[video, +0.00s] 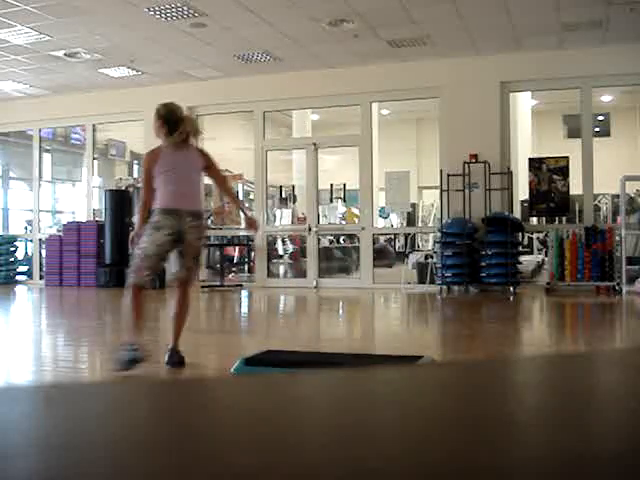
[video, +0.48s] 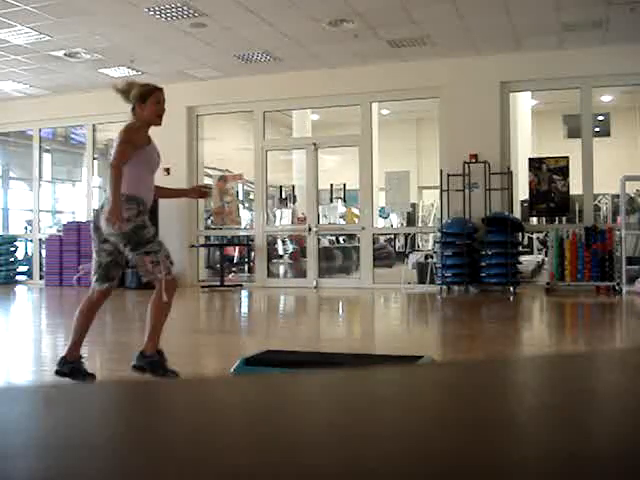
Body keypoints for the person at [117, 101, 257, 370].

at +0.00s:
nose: (153, 126)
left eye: (155, 122)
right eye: (155, 121)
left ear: (161, 125)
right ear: (180, 123)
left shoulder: (153, 156)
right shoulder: (198, 154)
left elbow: (147, 198)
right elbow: (223, 185)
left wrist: (139, 228)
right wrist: (245, 213)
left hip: (164, 218)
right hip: (194, 219)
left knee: (137, 278)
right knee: (184, 283)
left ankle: (135, 344)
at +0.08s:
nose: (169, 129)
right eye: (167, 125)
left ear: (146, 132)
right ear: (170, 130)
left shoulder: (136, 161)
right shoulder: (182, 162)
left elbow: (131, 197)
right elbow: (198, 193)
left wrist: (138, 217)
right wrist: (210, 213)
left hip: (139, 226)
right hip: (170, 229)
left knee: (117, 291)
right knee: (170, 291)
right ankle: (172, 351)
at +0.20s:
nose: (163, 134)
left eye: (162, 129)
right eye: (161, 129)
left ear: (136, 128)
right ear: (153, 130)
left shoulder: (119, 151)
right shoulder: (154, 156)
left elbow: (130, 177)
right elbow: (154, 195)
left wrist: (158, 172)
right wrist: (156, 231)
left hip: (112, 226)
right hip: (142, 227)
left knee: (100, 299)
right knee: (164, 289)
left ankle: (74, 364)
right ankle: (172, 348)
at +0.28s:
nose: (164, 120)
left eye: (163, 115)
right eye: (160, 115)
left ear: (138, 117)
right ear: (146, 117)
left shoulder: (121, 145)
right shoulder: (148, 143)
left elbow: (126, 191)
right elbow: (137, 178)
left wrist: (160, 211)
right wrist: (130, 219)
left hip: (110, 219)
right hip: (137, 220)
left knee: (99, 293)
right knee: (166, 282)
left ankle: (75, 362)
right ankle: (166, 348)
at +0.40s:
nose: (164, 108)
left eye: (164, 103)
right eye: (159, 103)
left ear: (146, 107)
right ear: (142, 105)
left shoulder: (142, 137)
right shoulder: (135, 131)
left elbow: (146, 188)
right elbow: (117, 163)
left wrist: (183, 192)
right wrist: (115, 204)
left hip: (112, 213)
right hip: (130, 213)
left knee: (101, 285)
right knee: (168, 276)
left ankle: (72, 355)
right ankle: (152, 350)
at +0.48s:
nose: (163, 108)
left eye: (163, 103)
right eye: (157, 103)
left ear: (149, 108)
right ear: (140, 106)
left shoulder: (142, 139)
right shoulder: (134, 132)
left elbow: (148, 189)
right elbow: (116, 165)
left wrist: (187, 192)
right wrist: (115, 204)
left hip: (113, 214)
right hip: (130, 214)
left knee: (101, 288)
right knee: (166, 280)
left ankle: (71, 357)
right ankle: (150, 353)